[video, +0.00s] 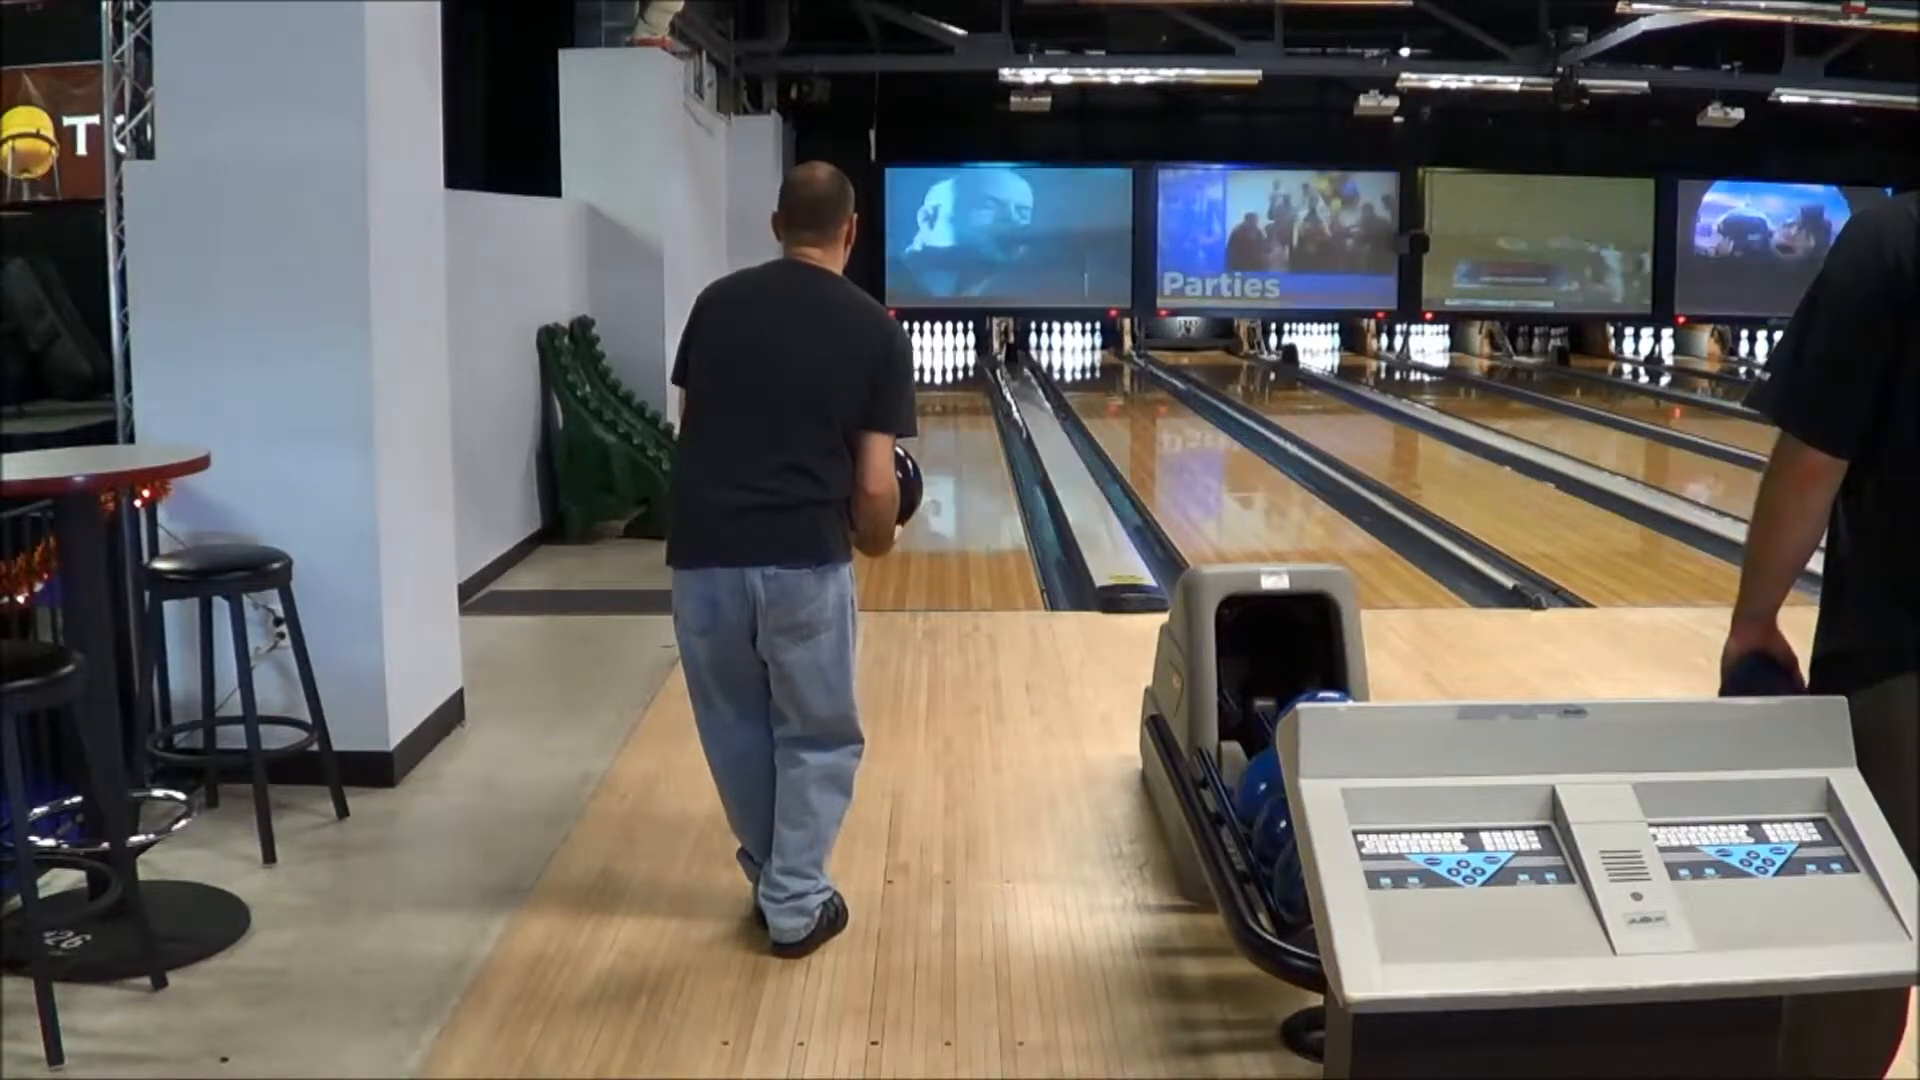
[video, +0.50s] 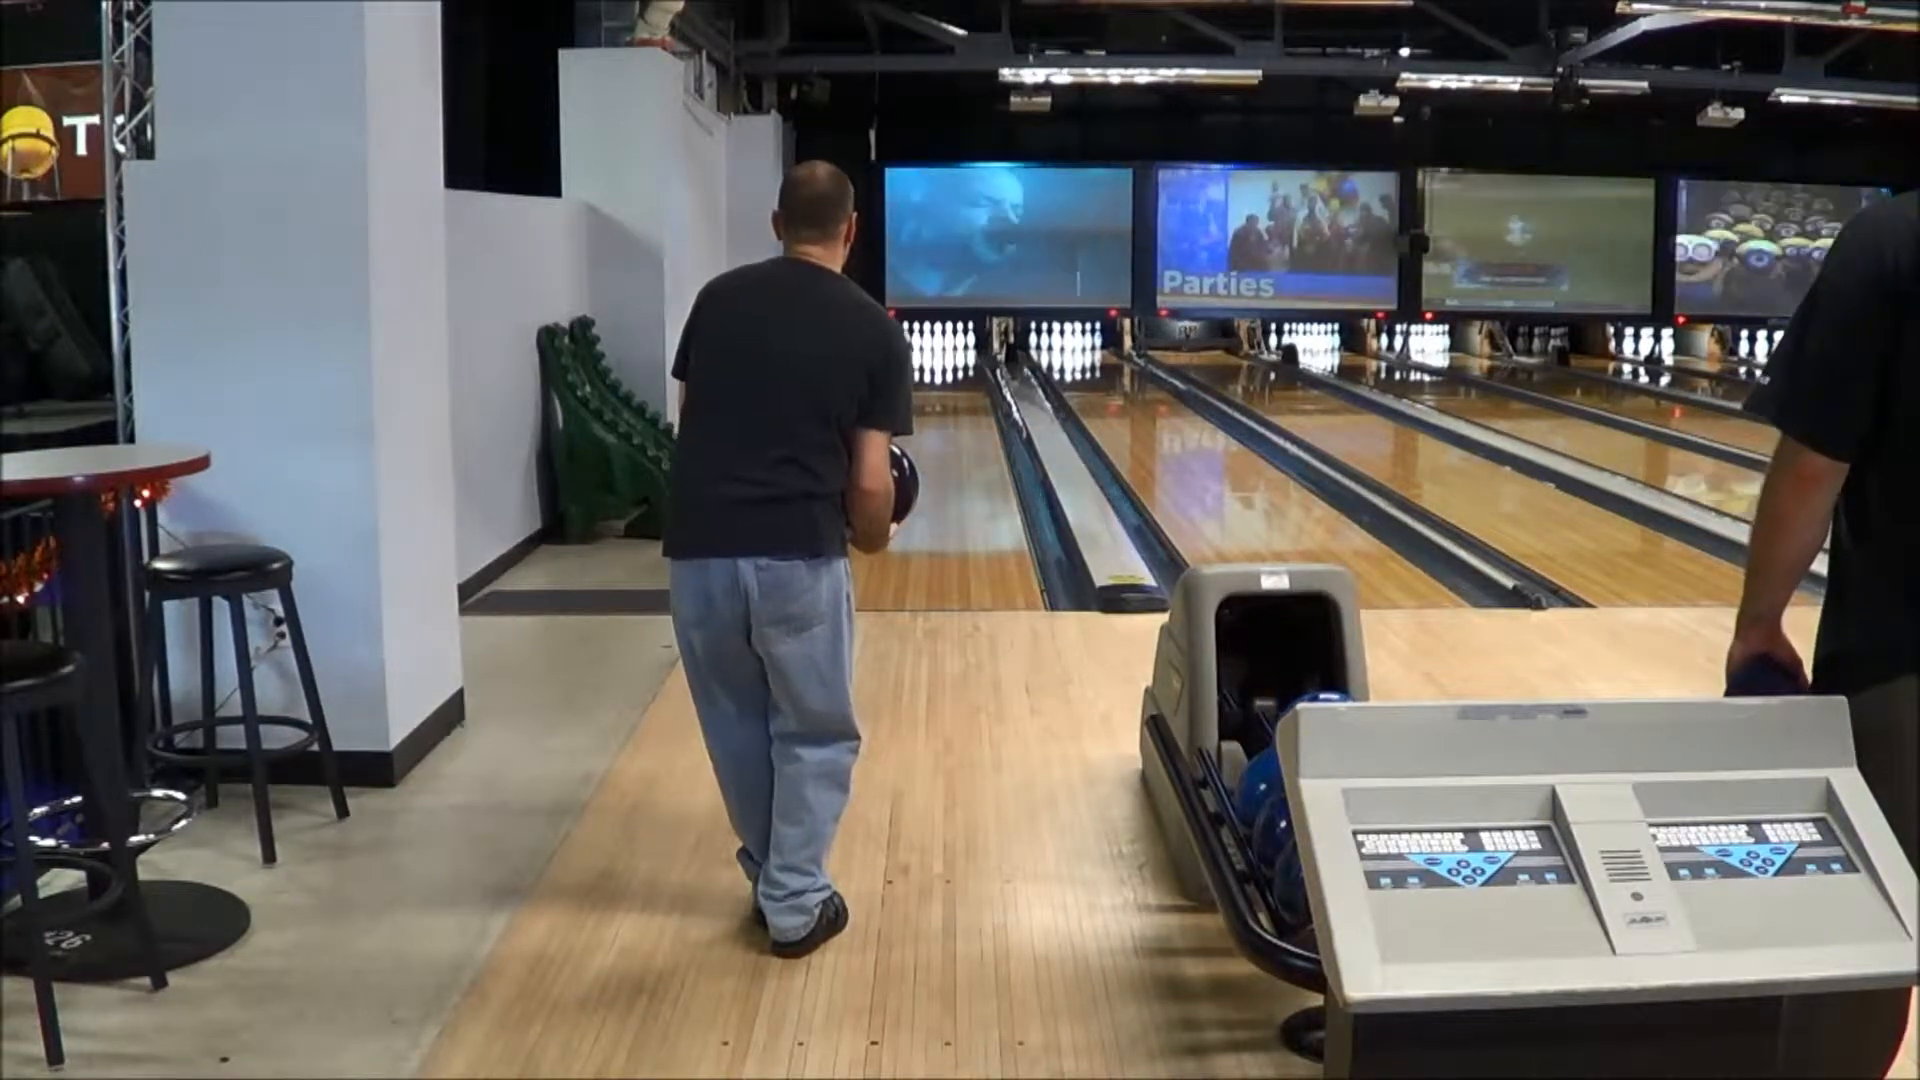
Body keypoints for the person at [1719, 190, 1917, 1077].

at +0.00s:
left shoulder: (1890, 240)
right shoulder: (1885, 240)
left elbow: (1813, 453)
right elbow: (1814, 453)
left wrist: (1754, 620)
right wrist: (1758, 620)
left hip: (1891, 669)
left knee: (1863, 938)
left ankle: (1834, 1061)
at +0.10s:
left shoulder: (1890, 239)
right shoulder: (1885, 238)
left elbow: (1812, 456)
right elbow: (1813, 456)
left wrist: (1754, 618)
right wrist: (1758, 618)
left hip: (1891, 670)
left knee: (1866, 939)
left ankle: (1838, 1060)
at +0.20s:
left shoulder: (1890, 239)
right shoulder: (1885, 239)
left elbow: (1813, 455)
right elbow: (1813, 455)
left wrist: (1753, 620)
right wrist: (1758, 620)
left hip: (1892, 669)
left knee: (1869, 937)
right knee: (1864, 934)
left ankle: (1839, 1062)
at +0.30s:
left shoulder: (1890, 239)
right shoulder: (1885, 239)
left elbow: (1813, 457)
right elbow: (1814, 457)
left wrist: (1754, 619)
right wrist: (1758, 619)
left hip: (1891, 668)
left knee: (1870, 935)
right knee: (1865, 933)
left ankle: (1842, 1061)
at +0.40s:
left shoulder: (1891, 237)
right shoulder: (1885, 237)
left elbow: (1813, 459)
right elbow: (1814, 459)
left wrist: (1756, 621)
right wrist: (1761, 621)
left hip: (1893, 668)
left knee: (1869, 935)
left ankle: (1841, 1059)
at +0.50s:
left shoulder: (1890, 241)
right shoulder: (1886, 241)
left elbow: (1813, 460)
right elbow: (1814, 460)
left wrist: (1759, 623)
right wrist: (1763, 624)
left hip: (1893, 671)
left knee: (1869, 936)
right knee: (1864, 933)